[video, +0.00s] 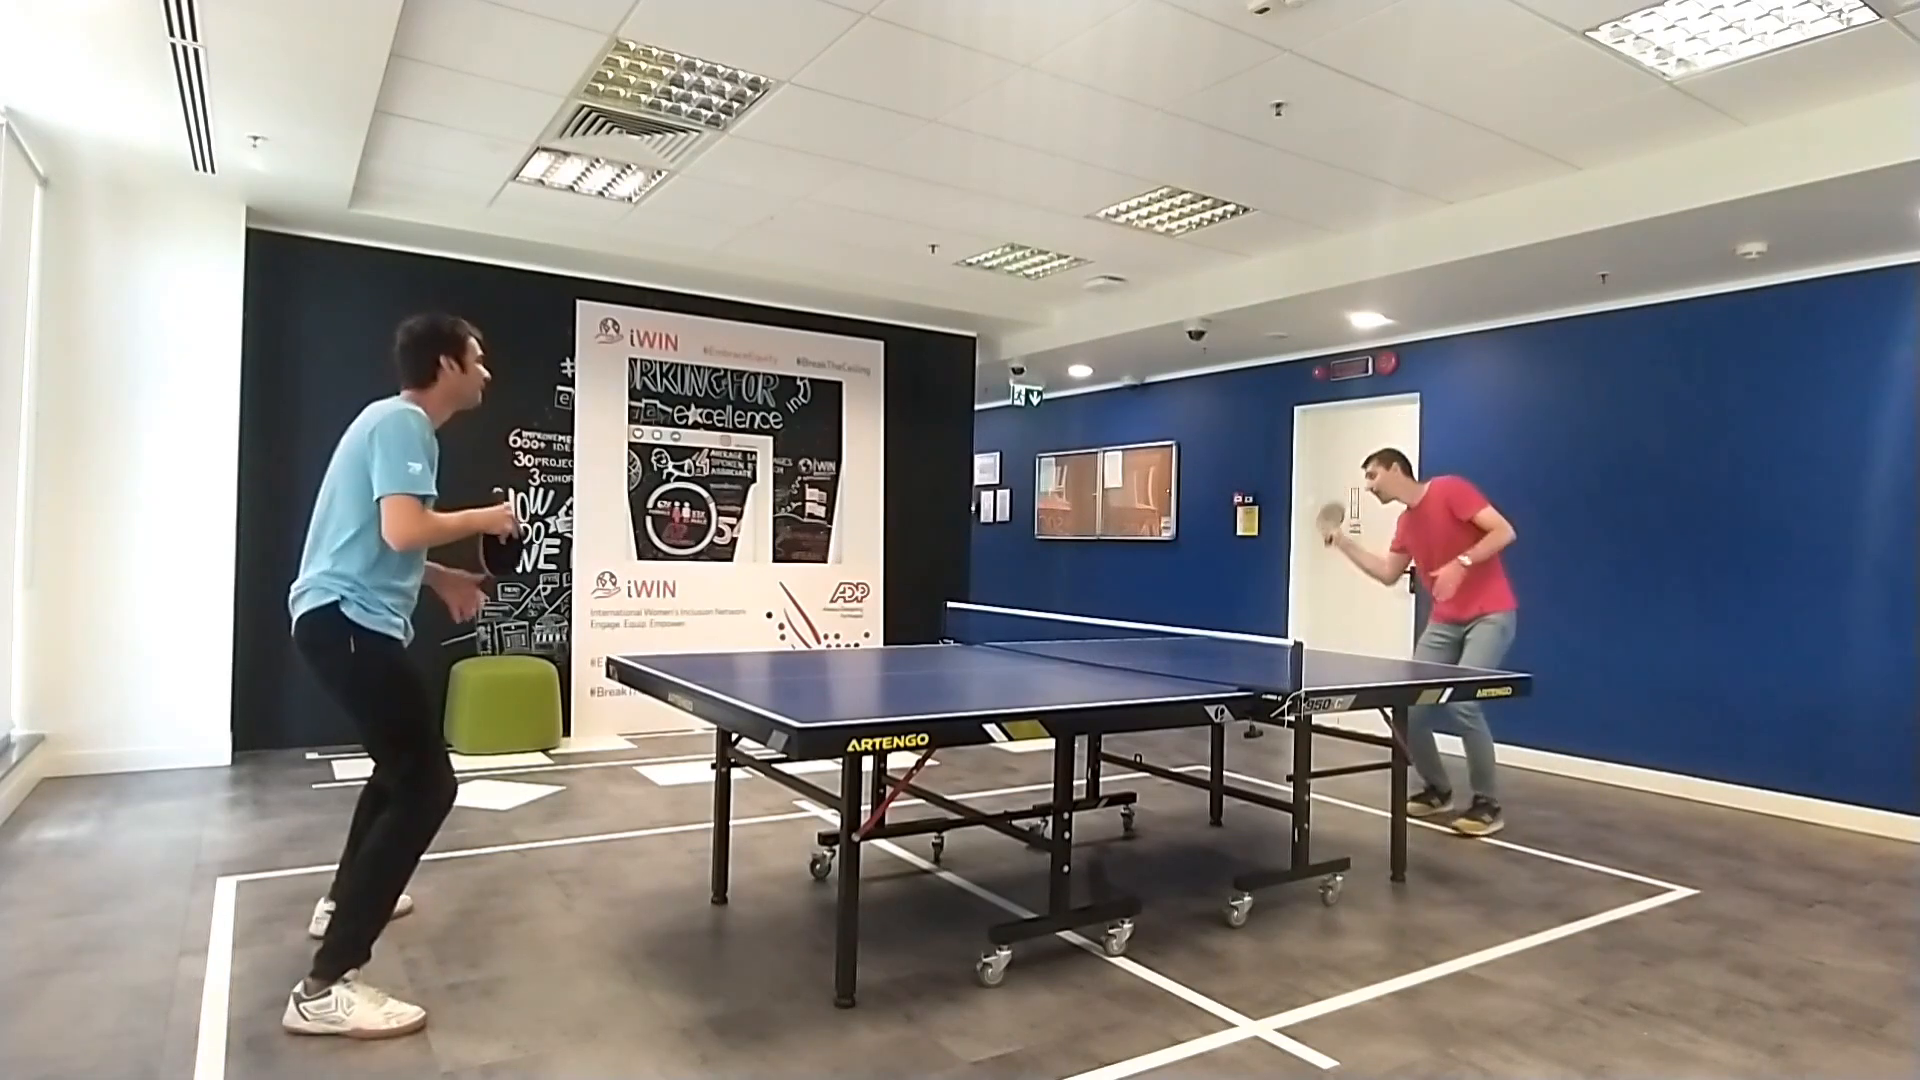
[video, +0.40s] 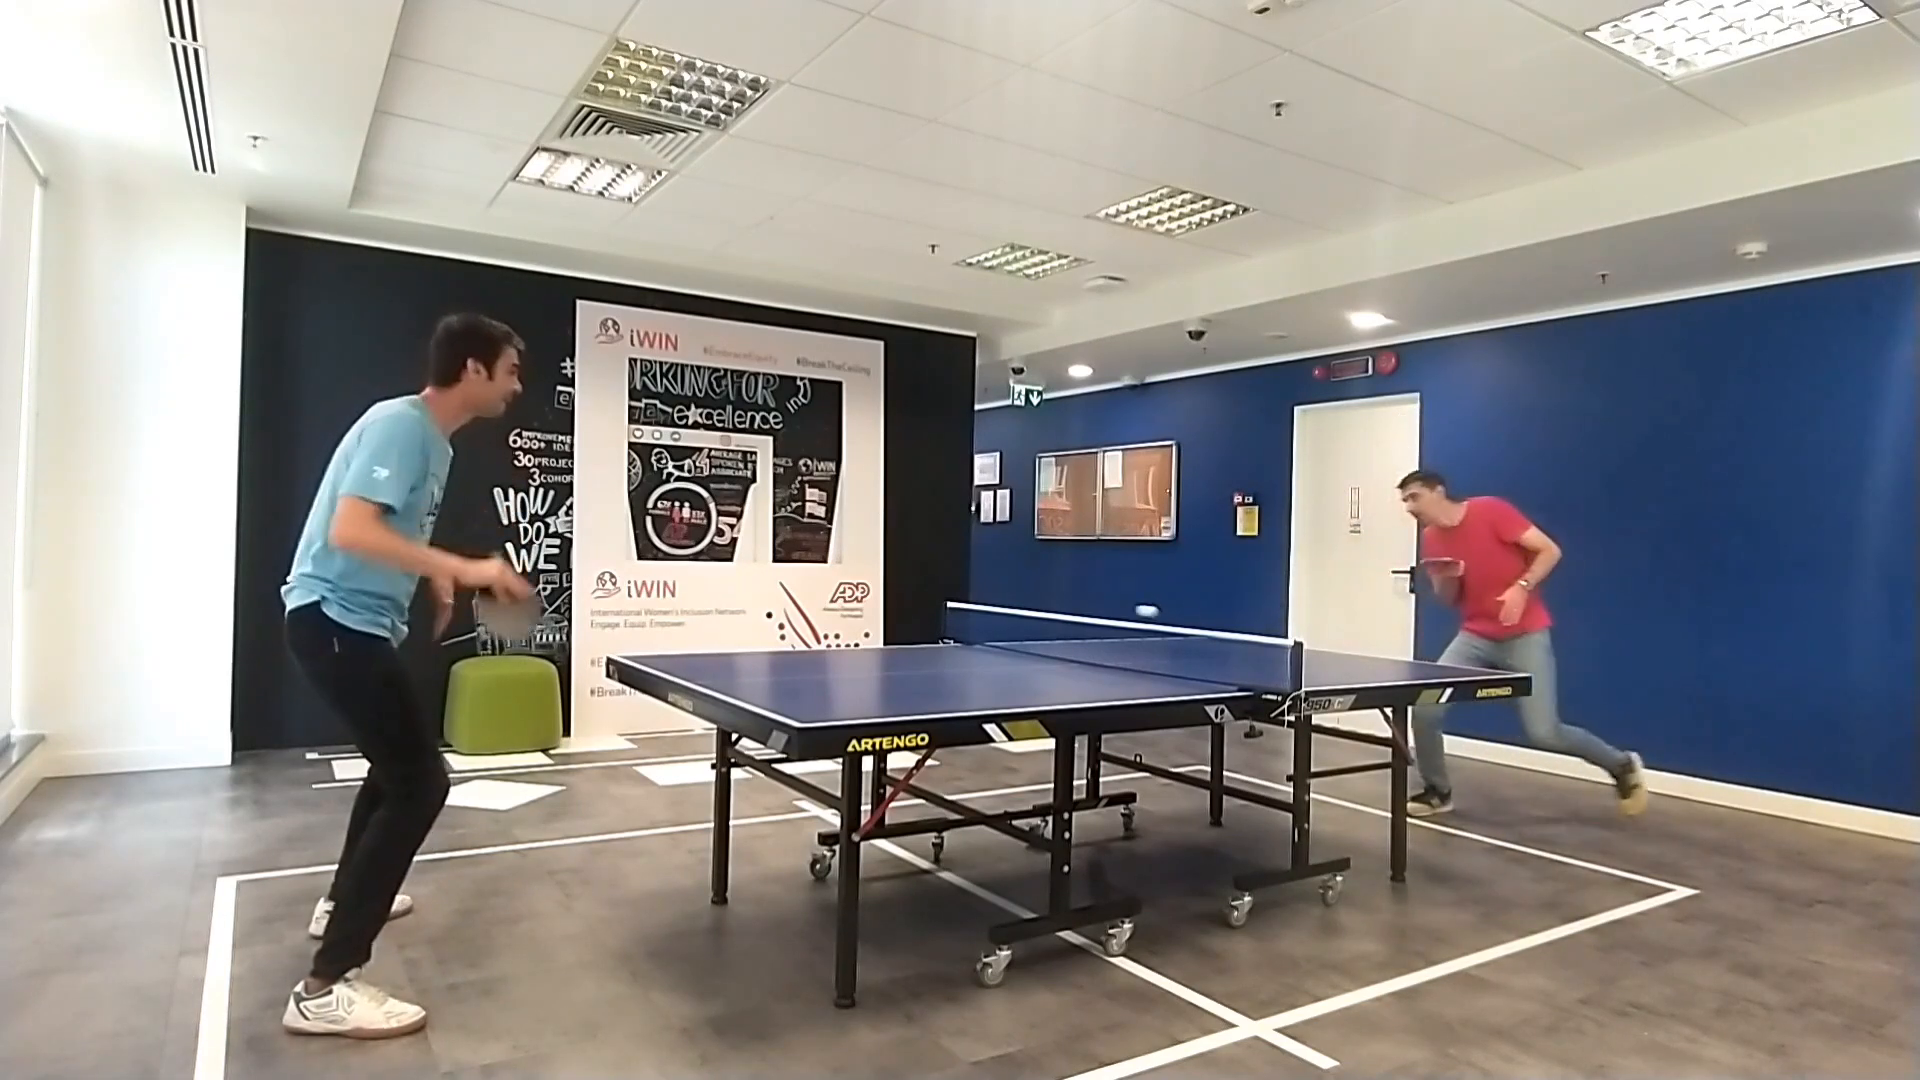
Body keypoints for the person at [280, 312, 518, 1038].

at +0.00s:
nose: (488, 372)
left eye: (484, 361)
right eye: (479, 360)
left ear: (434, 367)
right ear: (446, 365)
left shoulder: (395, 426)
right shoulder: (403, 423)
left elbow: (375, 539)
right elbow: (403, 527)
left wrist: (437, 575)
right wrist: (489, 517)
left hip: (350, 618)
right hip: (348, 619)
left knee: (402, 764)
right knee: (428, 785)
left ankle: (345, 904)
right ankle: (324, 988)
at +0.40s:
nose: (515, 386)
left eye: (516, 373)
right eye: (509, 372)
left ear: (467, 374)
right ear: (470, 372)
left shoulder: (434, 445)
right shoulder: (399, 425)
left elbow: (388, 532)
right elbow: (352, 530)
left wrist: (435, 569)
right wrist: (463, 566)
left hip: (362, 623)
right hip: (330, 621)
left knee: (400, 763)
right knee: (422, 780)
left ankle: (344, 908)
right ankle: (325, 988)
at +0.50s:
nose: (525, 396)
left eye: (528, 383)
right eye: (521, 381)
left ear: (481, 381)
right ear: (479, 376)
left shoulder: (450, 448)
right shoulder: (395, 430)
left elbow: (404, 528)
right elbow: (327, 544)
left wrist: (460, 561)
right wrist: (416, 620)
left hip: (369, 624)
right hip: (327, 622)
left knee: (406, 766)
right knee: (414, 780)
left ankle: (346, 903)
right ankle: (324, 988)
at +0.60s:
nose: (533, 417)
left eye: (537, 403)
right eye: (529, 400)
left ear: (491, 395)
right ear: (486, 390)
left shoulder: (476, 457)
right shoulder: (385, 449)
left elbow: (463, 540)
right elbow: (320, 559)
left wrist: (501, 555)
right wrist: (349, 674)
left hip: (385, 626)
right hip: (330, 624)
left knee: (415, 770)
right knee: (407, 782)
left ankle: (343, 899)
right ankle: (325, 988)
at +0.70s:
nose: (533, 446)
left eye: (539, 433)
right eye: (529, 430)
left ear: (493, 420)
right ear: (487, 417)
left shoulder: (486, 476)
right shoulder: (383, 475)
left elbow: (502, 542)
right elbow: (311, 585)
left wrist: (535, 561)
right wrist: (299, 707)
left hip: (389, 635)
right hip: (333, 635)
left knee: (422, 759)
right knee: (407, 781)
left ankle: (332, 870)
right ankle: (326, 986)